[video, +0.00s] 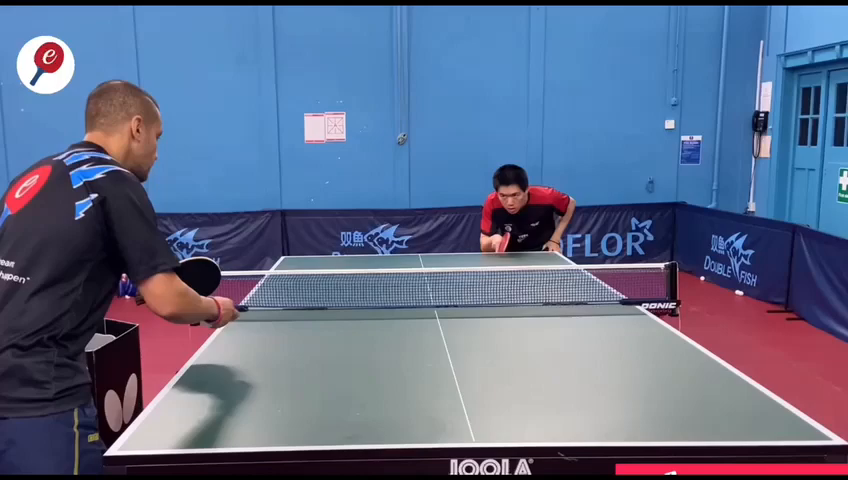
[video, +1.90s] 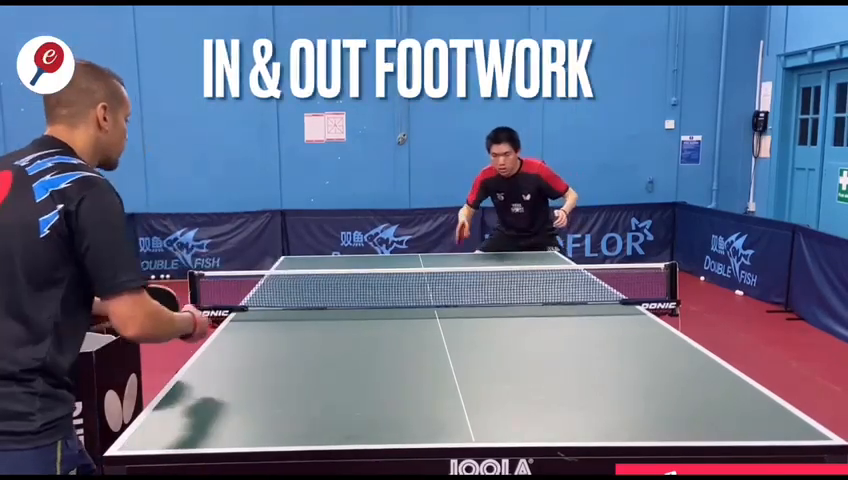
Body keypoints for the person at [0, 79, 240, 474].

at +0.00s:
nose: (157, 152)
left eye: (159, 139)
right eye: (157, 138)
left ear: (92, 126)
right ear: (135, 129)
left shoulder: (35, 175)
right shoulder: (114, 183)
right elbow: (167, 300)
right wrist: (212, 308)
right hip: (44, 404)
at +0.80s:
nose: (187, 209)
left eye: (192, 195)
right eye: (191, 194)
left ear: (128, 174)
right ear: (171, 185)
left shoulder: (64, 207)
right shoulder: (137, 233)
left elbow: (87, 296)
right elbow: (171, 356)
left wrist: (172, 305)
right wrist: (236, 344)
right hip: (23, 418)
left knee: (91, 464)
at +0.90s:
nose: (183, 204)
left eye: (187, 191)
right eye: (186, 189)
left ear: (123, 173)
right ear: (166, 181)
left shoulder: (77, 207)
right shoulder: (121, 227)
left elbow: (162, 269)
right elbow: (151, 349)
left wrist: (236, 283)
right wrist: (221, 338)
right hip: (19, 414)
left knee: (96, 467)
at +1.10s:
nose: (170, 167)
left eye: (172, 156)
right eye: (170, 155)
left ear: (104, 145)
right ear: (148, 152)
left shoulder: (65, 184)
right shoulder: (104, 209)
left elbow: (127, 259)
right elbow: (120, 338)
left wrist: (219, 256)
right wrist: (178, 335)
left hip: (44, 405)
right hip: (16, 414)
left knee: (91, 468)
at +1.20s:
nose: (153, 153)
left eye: (154, 141)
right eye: (152, 140)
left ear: (82, 133)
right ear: (130, 136)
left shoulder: (34, 182)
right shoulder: (90, 202)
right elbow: (104, 338)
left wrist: (161, 272)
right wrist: (158, 341)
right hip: (23, 427)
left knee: (97, 469)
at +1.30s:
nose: (137, 139)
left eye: (137, 125)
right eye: (135, 124)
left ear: (62, 121)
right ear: (112, 123)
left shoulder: (14, 173)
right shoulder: (78, 197)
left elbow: (29, 301)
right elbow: (87, 336)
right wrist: (137, 346)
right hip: (29, 436)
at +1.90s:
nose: (126, 135)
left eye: (127, 122)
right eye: (125, 121)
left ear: (55, 115)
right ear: (101, 116)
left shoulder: (9, 168)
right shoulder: (87, 189)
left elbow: (23, 299)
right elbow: (134, 320)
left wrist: (102, 312)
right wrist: (187, 323)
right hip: (30, 435)